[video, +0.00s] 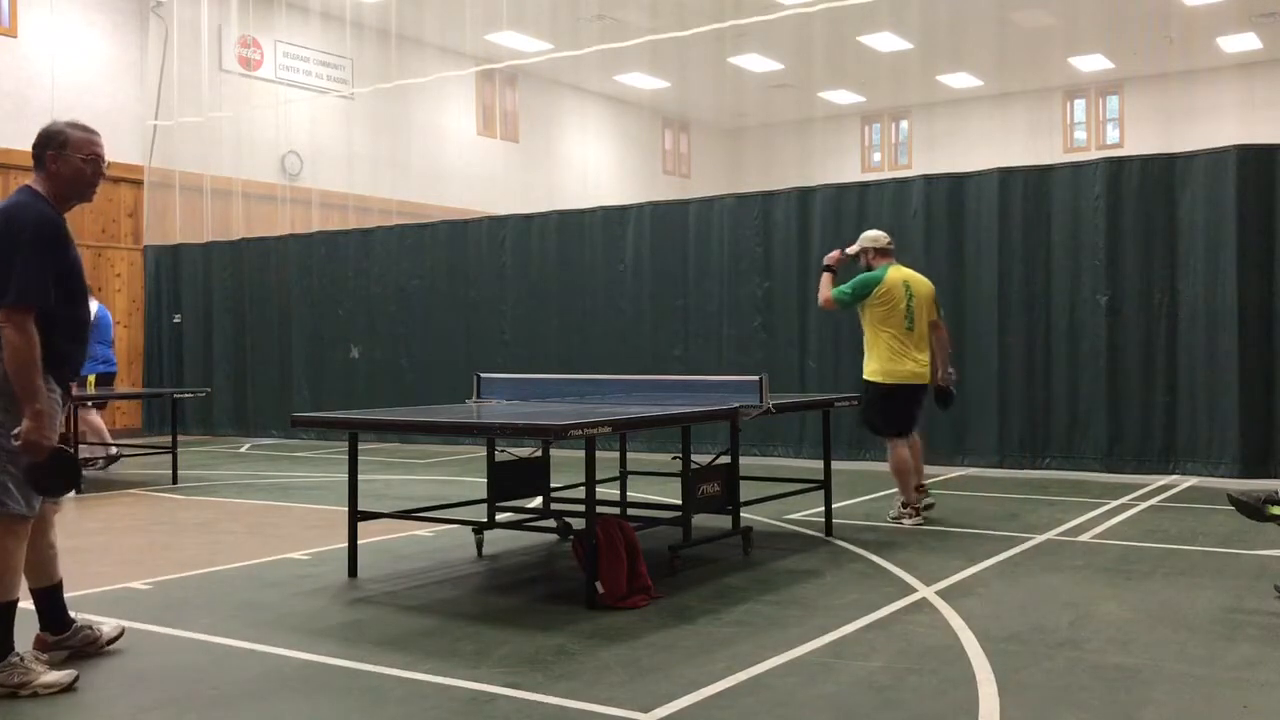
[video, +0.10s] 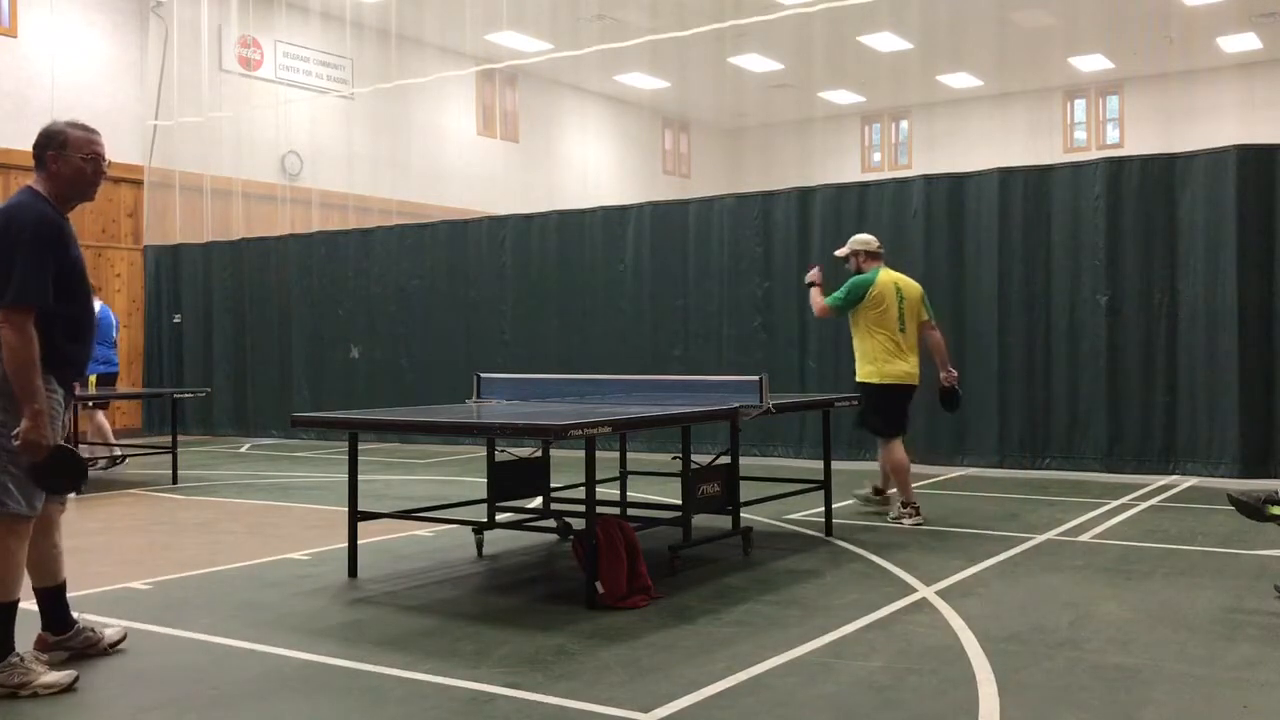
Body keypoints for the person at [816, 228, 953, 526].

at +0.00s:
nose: (861, 263)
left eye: (861, 257)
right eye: (860, 258)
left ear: (869, 254)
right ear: (891, 252)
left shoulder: (872, 280)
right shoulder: (923, 283)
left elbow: (826, 299)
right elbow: (937, 328)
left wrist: (828, 268)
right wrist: (943, 370)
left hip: (885, 376)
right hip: (918, 375)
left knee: (896, 441)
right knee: (909, 432)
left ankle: (909, 506)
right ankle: (919, 490)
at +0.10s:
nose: (847, 264)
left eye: (850, 259)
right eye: (847, 259)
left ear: (861, 256)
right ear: (876, 256)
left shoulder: (862, 283)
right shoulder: (912, 285)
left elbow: (820, 309)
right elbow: (930, 330)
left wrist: (814, 284)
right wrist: (945, 368)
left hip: (878, 376)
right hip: (907, 375)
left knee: (891, 440)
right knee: (888, 435)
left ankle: (909, 506)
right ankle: (883, 489)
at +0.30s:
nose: (825, 271)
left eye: (827, 265)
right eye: (824, 265)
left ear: (841, 261)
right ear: (851, 262)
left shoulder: (844, 289)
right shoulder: (888, 291)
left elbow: (831, 330)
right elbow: (901, 336)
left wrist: (803, 347)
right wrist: (910, 374)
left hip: (852, 380)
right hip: (878, 380)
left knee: (857, 441)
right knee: (857, 439)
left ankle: (898, 493)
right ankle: (855, 496)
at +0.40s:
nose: (814, 271)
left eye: (817, 264)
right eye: (814, 265)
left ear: (831, 262)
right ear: (837, 263)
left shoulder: (835, 291)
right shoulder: (870, 290)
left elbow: (838, 333)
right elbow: (879, 337)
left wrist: (812, 361)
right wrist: (879, 373)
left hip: (840, 382)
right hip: (866, 381)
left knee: (819, 435)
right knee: (853, 438)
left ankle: (874, 476)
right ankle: (853, 495)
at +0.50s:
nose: (802, 269)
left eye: (805, 263)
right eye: (802, 263)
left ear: (821, 261)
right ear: (826, 262)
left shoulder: (830, 286)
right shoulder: (852, 285)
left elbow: (838, 329)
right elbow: (862, 335)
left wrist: (812, 360)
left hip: (831, 377)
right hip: (857, 377)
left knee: (800, 425)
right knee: (846, 433)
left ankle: (842, 474)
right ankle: (852, 496)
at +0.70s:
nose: (780, 272)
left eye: (783, 266)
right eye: (779, 267)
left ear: (799, 264)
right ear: (799, 265)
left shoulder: (814, 288)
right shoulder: (809, 287)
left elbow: (822, 331)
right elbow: (800, 330)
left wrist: (790, 359)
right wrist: (776, 346)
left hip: (813, 378)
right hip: (828, 377)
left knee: (791, 432)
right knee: (835, 434)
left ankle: (771, 491)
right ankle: (852, 494)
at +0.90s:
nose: (755, 275)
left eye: (758, 270)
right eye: (754, 271)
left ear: (775, 267)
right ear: (773, 268)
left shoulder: (788, 292)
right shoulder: (779, 292)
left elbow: (794, 335)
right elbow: (771, 332)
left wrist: (759, 362)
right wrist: (744, 348)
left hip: (785, 379)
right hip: (788, 378)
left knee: (763, 430)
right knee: (797, 433)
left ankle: (762, 493)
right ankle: (834, 478)